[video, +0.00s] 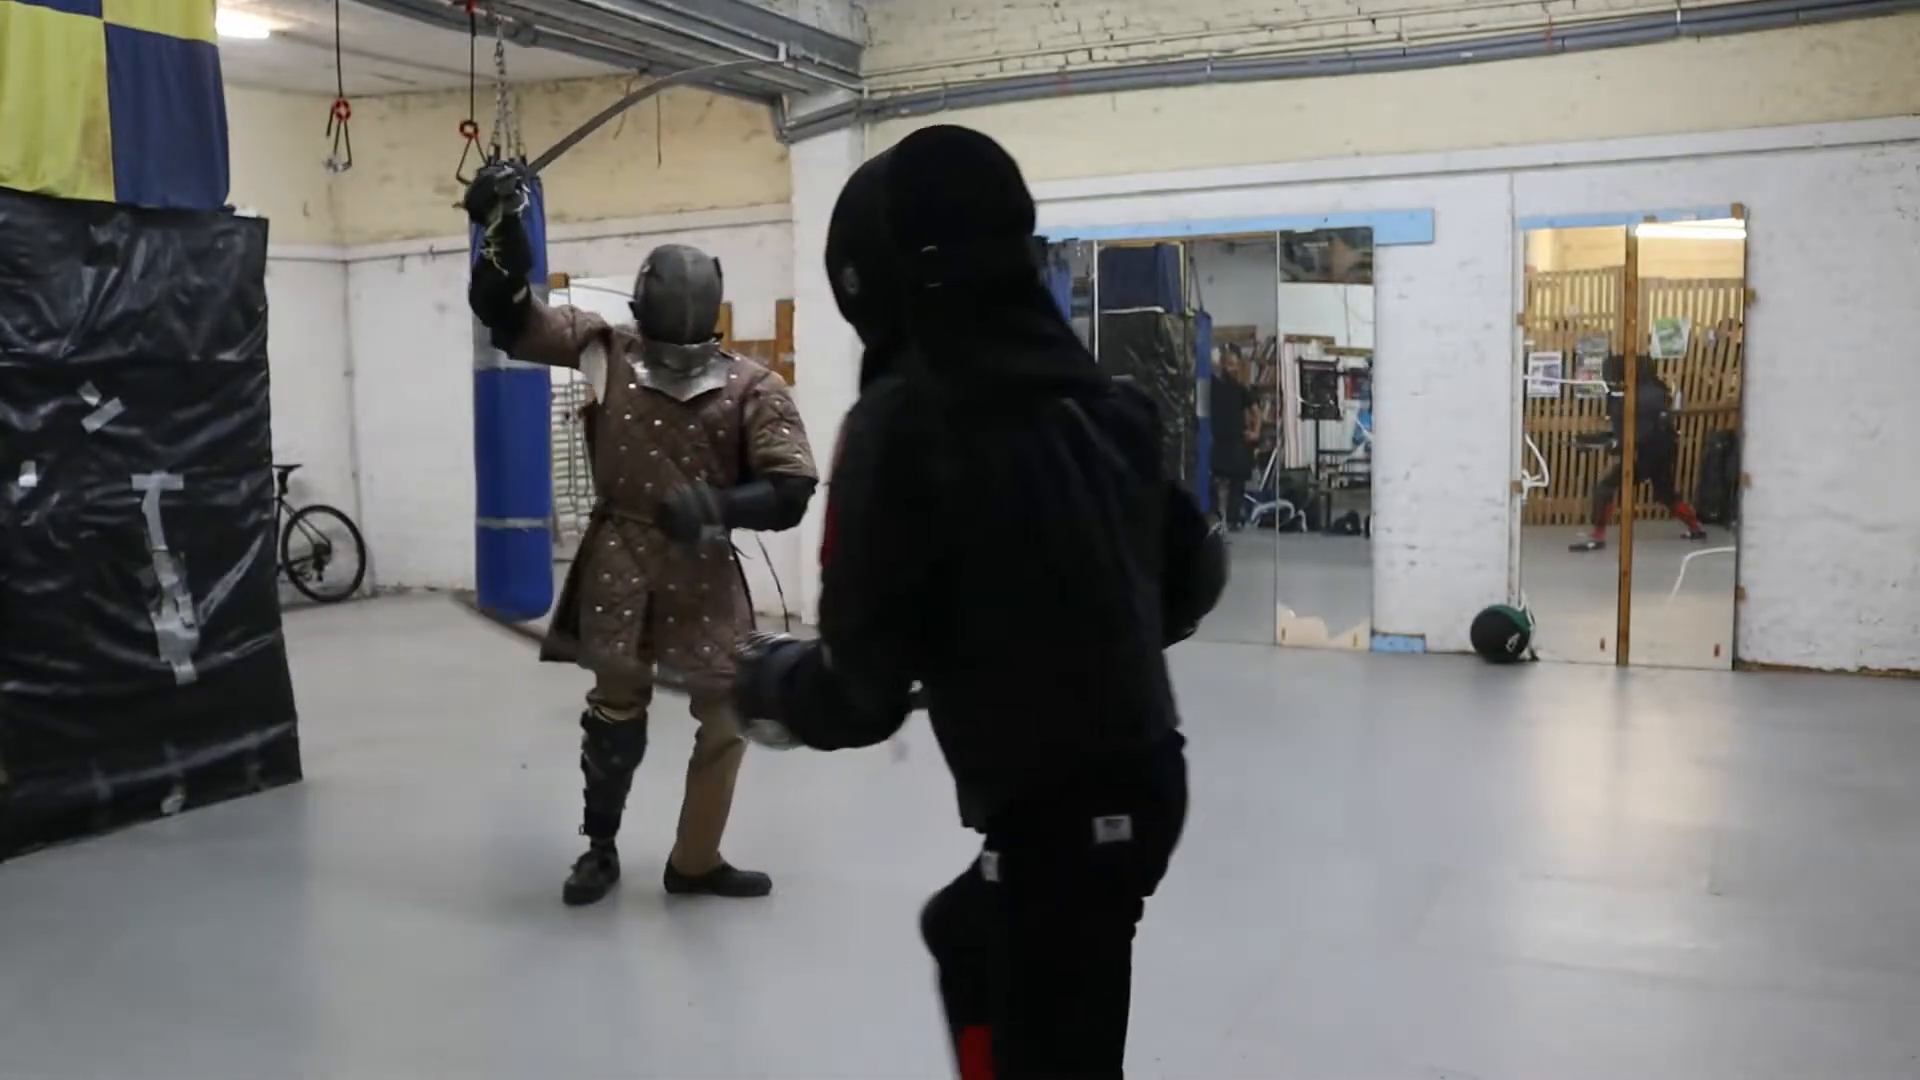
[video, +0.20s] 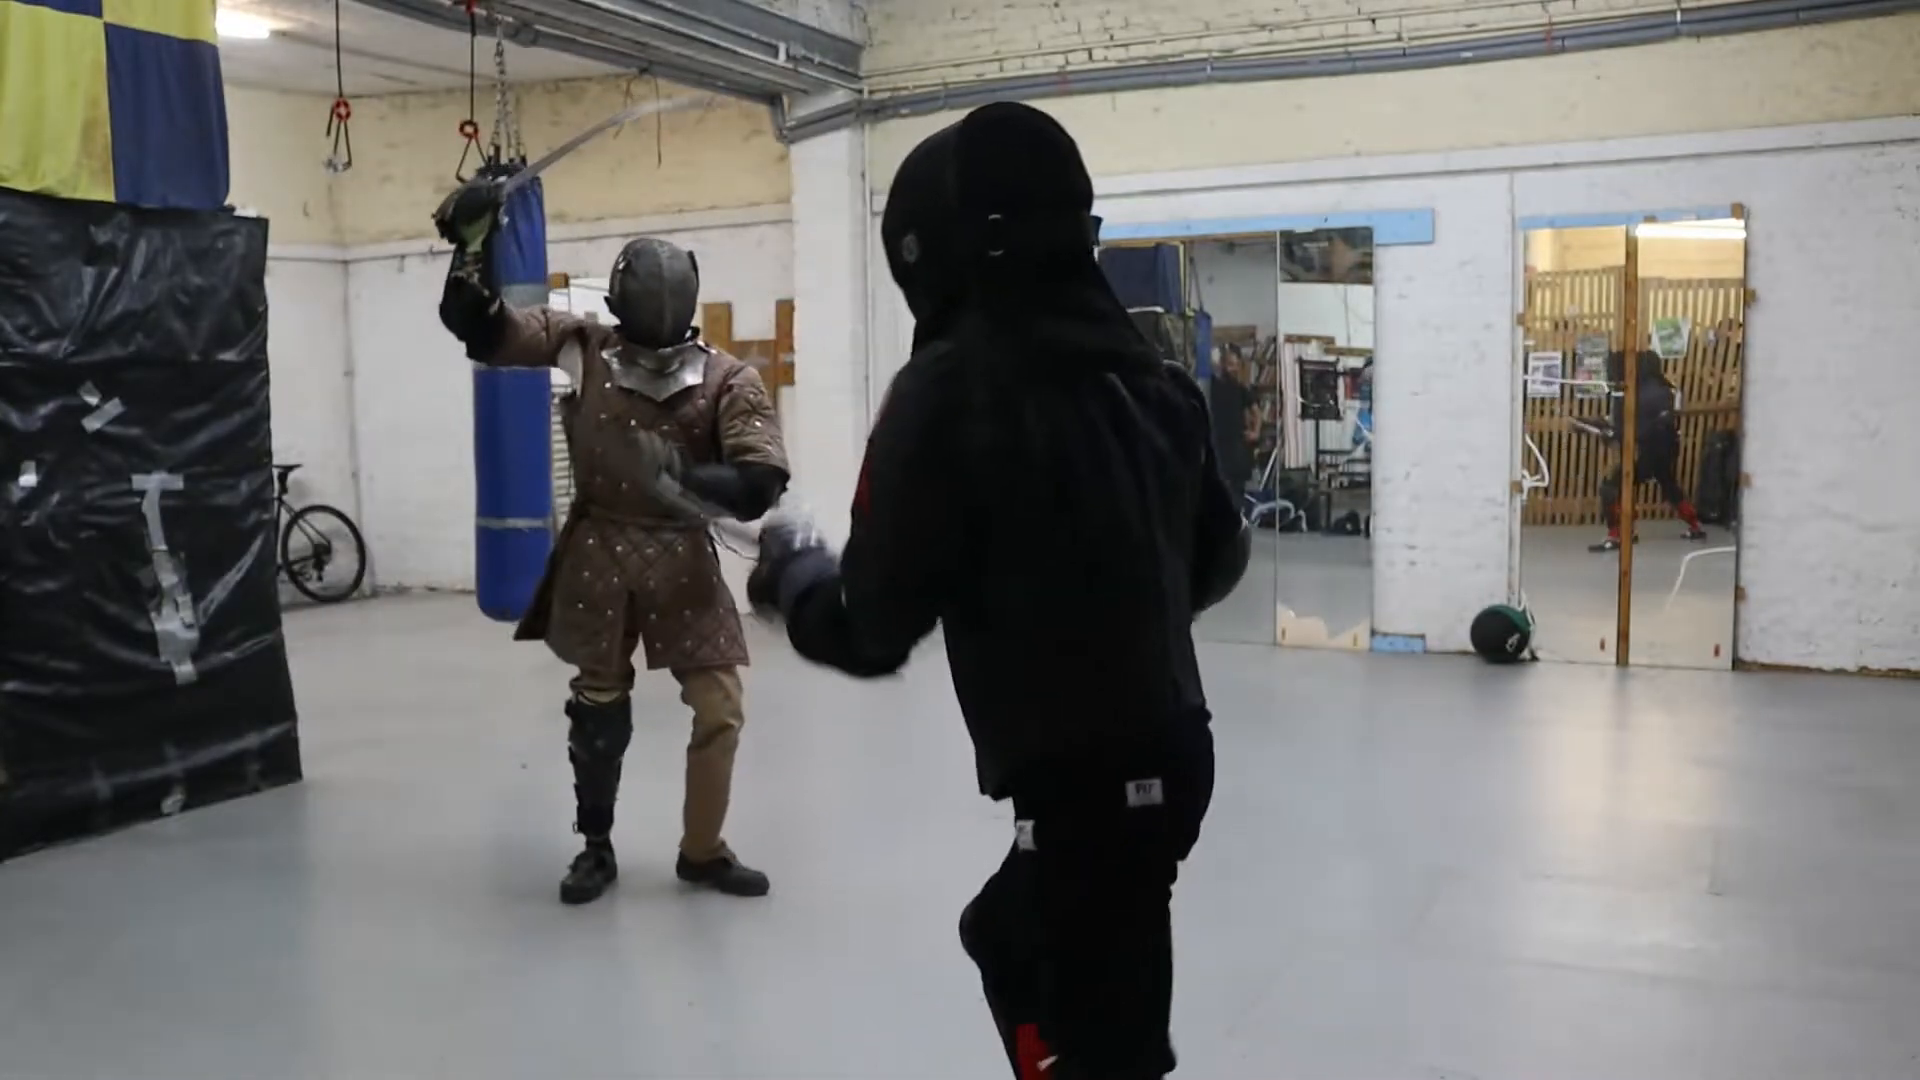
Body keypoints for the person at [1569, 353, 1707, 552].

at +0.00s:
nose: (1610, 383)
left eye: (1613, 379)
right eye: (1609, 379)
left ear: (1624, 377)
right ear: (1645, 372)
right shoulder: (1658, 389)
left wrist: (1619, 446)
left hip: (1644, 454)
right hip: (1662, 451)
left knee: (1604, 488)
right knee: (1665, 493)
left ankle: (1597, 536)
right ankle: (1696, 529)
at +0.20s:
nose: (1616, 380)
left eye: (1619, 374)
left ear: (1635, 372)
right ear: (1655, 369)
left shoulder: (1637, 395)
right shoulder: (1664, 390)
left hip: (1645, 451)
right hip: (1664, 449)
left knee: (1611, 486)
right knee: (1670, 487)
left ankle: (1617, 535)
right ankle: (1695, 527)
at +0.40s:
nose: (1610, 376)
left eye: (1614, 370)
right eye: (1610, 370)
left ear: (1628, 371)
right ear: (1649, 368)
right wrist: (1594, 418)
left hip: (1645, 453)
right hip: (1664, 449)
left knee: (1611, 489)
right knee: (1669, 486)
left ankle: (1618, 536)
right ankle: (1695, 526)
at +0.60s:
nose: (1610, 378)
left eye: (1613, 374)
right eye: (1610, 374)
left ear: (1625, 374)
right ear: (1651, 368)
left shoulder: (1623, 397)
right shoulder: (1661, 392)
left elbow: (1597, 417)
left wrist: (1579, 410)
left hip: (1639, 456)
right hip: (1663, 452)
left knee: (1610, 489)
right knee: (1668, 488)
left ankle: (1618, 536)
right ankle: (1694, 523)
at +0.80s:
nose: (1626, 378)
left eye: (1632, 373)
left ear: (1640, 371)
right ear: (1659, 369)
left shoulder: (1636, 397)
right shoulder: (1669, 391)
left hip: (1645, 452)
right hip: (1664, 449)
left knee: (1614, 491)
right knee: (1662, 487)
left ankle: (1618, 536)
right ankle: (1692, 520)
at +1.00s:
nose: (1643, 377)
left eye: (1646, 372)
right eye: (1643, 372)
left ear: (1655, 372)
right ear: (1666, 370)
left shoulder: (1667, 393)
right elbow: (1648, 420)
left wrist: (1621, 427)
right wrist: (1620, 423)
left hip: (1666, 449)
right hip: (1667, 447)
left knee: (1638, 489)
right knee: (1671, 490)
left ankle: (1622, 535)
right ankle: (1698, 527)